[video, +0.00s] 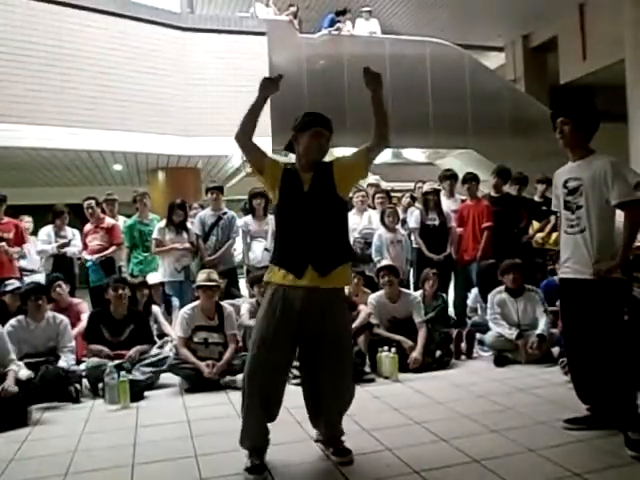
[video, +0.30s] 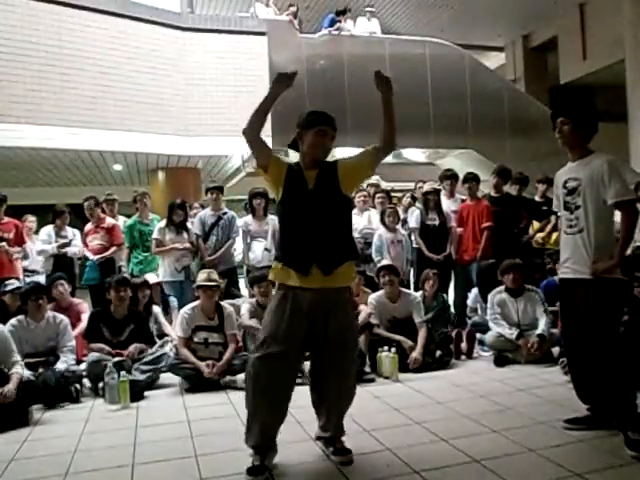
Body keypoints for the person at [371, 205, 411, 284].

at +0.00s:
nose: (391, 219)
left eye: (394, 216)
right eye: (388, 216)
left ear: (397, 218)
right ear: (383, 218)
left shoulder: (403, 234)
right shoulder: (380, 234)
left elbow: (408, 249)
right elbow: (376, 252)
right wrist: (381, 263)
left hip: (403, 269)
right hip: (387, 269)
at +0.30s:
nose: (391, 219)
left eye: (394, 216)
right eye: (388, 216)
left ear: (398, 218)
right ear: (383, 218)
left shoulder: (403, 234)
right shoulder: (380, 234)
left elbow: (408, 251)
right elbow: (376, 252)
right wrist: (381, 264)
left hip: (403, 270)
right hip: (387, 270)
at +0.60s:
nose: (392, 219)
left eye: (395, 217)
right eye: (389, 216)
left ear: (398, 218)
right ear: (384, 218)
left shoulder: (403, 234)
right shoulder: (380, 234)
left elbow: (408, 250)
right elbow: (376, 252)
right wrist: (382, 264)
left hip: (403, 270)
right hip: (387, 270)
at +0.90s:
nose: (392, 219)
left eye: (395, 216)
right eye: (389, 216)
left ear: (398, 218)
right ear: (384, 218)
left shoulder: (404, 234)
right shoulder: (380, 234)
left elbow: (408, 250)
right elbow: (376, 252)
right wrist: (381, 264)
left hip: (403, 269)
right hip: (387, 269)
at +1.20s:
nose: (392, 219)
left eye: (394, 216)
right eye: (389, 216)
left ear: (398, 218)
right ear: (383, 218)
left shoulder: (404, 234)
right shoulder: (380, 234)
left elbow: (408, 250)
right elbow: (376, 252)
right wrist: (381, 265)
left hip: (403, 269)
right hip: (387, 269)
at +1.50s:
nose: (391, 219)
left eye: (394, 216)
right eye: (388, 216)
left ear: (397, 218)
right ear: (383, 218)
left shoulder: (403, 233)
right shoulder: (379, 234)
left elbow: (408, 249)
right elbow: (376, 252)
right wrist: (380, 263)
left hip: (403, 268)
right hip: (387, 268)